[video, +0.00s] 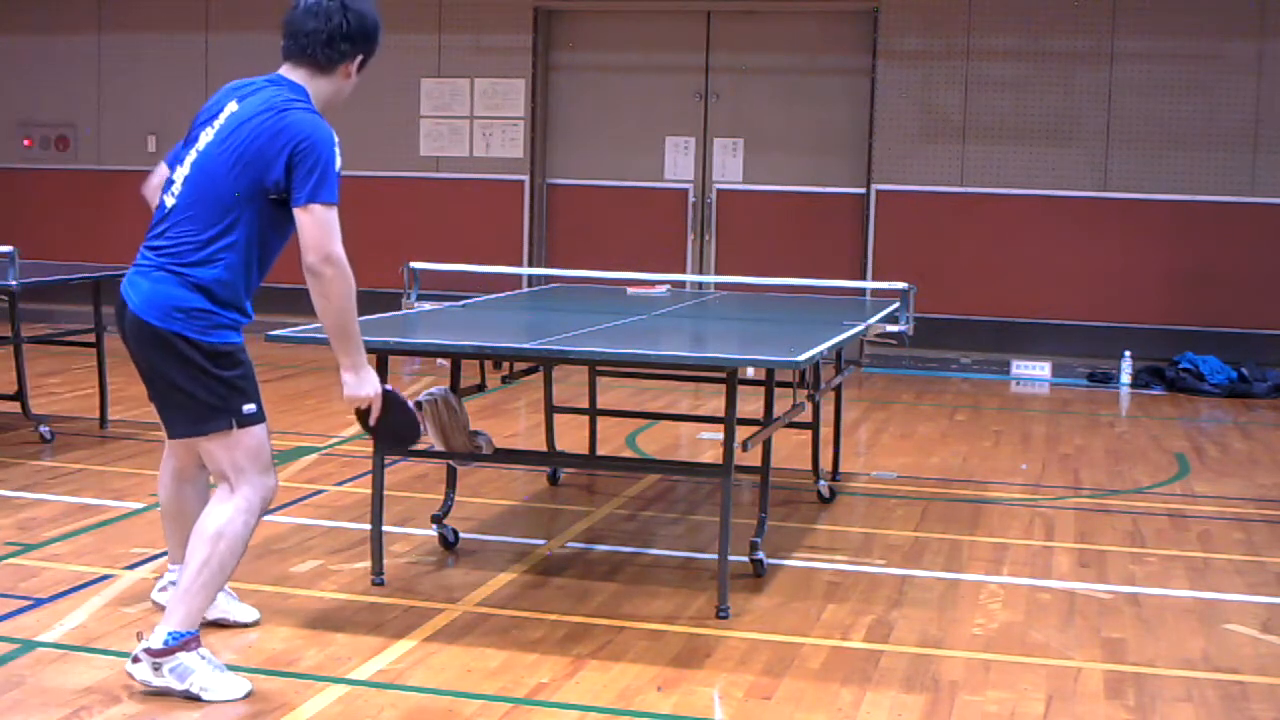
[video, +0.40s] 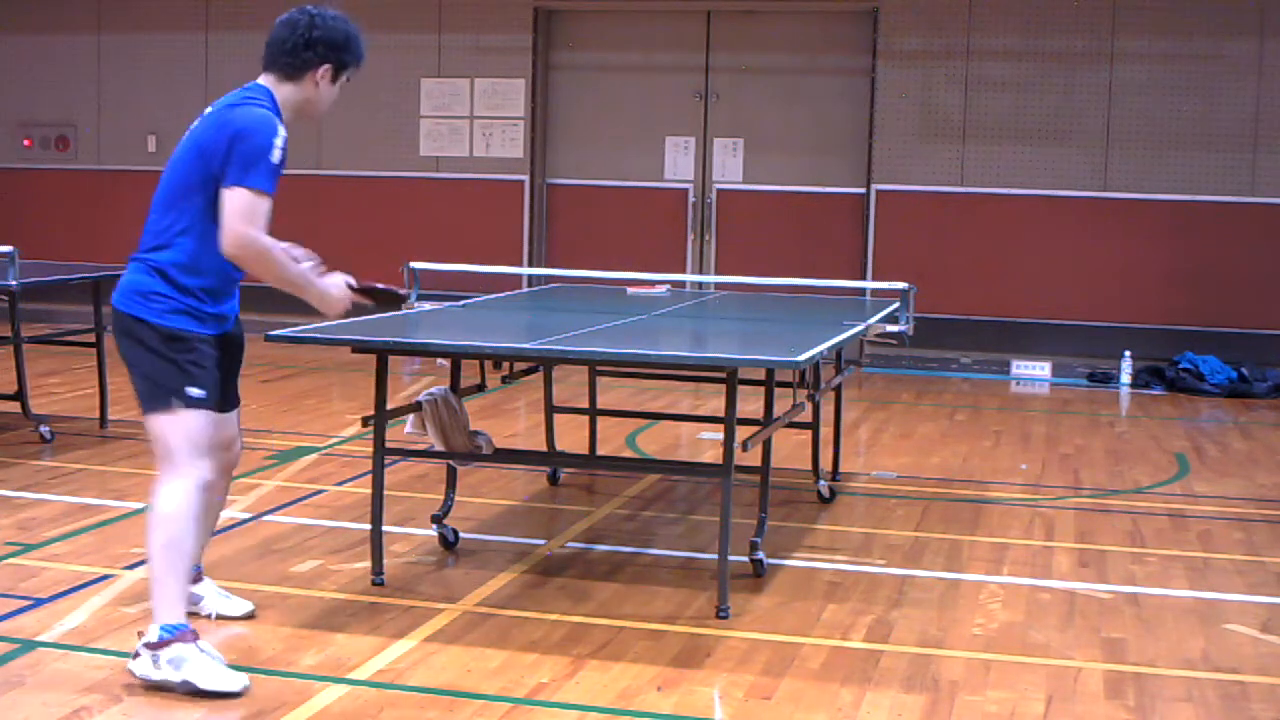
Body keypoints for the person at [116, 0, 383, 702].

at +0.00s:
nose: (360, 81)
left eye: (364, 69)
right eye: (364, 68)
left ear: (290, 45)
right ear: (353, 63)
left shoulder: (235, 95)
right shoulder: (309, 132)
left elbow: (158, 187)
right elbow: (322, 259)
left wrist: (208, 249)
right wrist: (355, 368)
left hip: (147, 300)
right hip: (192, 317)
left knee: (186, 451)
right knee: (251, 483)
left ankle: (184, 579)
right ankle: (169, 646)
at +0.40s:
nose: (336, 99)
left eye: (342, 86)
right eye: (340, 84)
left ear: (294, 65)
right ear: (319, 73)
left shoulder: (250, 115)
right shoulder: (256, 121)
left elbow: (227, 230)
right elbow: (240, 238)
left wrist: (286, 257)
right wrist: (315, 289)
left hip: (209, 315)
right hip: (166, 312)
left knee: (220, 454)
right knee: (184, 464)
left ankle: (183, 582)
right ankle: (166, 638)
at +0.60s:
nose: (334, 93)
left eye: (339, 79)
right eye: (333, 76)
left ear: (300, 68)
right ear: (297, 64)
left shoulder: (268, 134)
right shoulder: (229, 109)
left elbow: (264, 226)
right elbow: (200, 215)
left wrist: (335, 235)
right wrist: (292, 251)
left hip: (202, 302)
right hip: (141, 293)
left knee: (211, 447)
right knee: (141, 445)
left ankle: (183, 582)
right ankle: (76, 606)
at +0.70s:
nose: (329, 90)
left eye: (334, 76)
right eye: (325, 72)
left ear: (294, 68)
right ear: (286, 61)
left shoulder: (271, 140)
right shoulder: (219, 107)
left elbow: (279, 233)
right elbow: (195, 212)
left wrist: (348, 228)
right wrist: (287, 240)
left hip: (198, 300)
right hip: (131, 291)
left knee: (210, 444)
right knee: (118, 443)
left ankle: (183, 580)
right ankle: (34, 581)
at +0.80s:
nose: (323, 89)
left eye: (328, 76)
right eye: (317, 72)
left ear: (292, 70)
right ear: (275, 61)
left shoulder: (276, 143)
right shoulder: (210, 109)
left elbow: (286, 235)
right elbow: (193, 215)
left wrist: (363, 225)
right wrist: (286, 238)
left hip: (191, 299)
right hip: (124, 288)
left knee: (207, 444)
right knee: (95, 436)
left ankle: (181, 581)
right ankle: (10, 571)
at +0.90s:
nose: (318, 89)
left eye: (323, 77)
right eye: (311, 73)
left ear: (291, 72)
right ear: (267, 62)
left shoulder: (277, 145)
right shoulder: (202, 113)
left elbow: (291, 236)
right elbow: (192, 221)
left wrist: (370, 227)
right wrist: (289, 240)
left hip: (187, 297)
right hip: (116, 285)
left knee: (203, 438)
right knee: (75, 433)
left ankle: (182, 580)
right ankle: (8, 575)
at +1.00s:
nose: (316, 93)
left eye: (320, 80)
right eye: (308, 77)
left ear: (286, 76)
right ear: (264, 68)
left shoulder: (279, 147)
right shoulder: (196, 117)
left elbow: (294, 239)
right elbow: (192, 226)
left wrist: (372, 233)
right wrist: (286, 241)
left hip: (183, 297)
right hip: (111, 286)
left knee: (199, 438)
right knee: (67, 433)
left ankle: (181, 580)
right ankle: (4, 576)